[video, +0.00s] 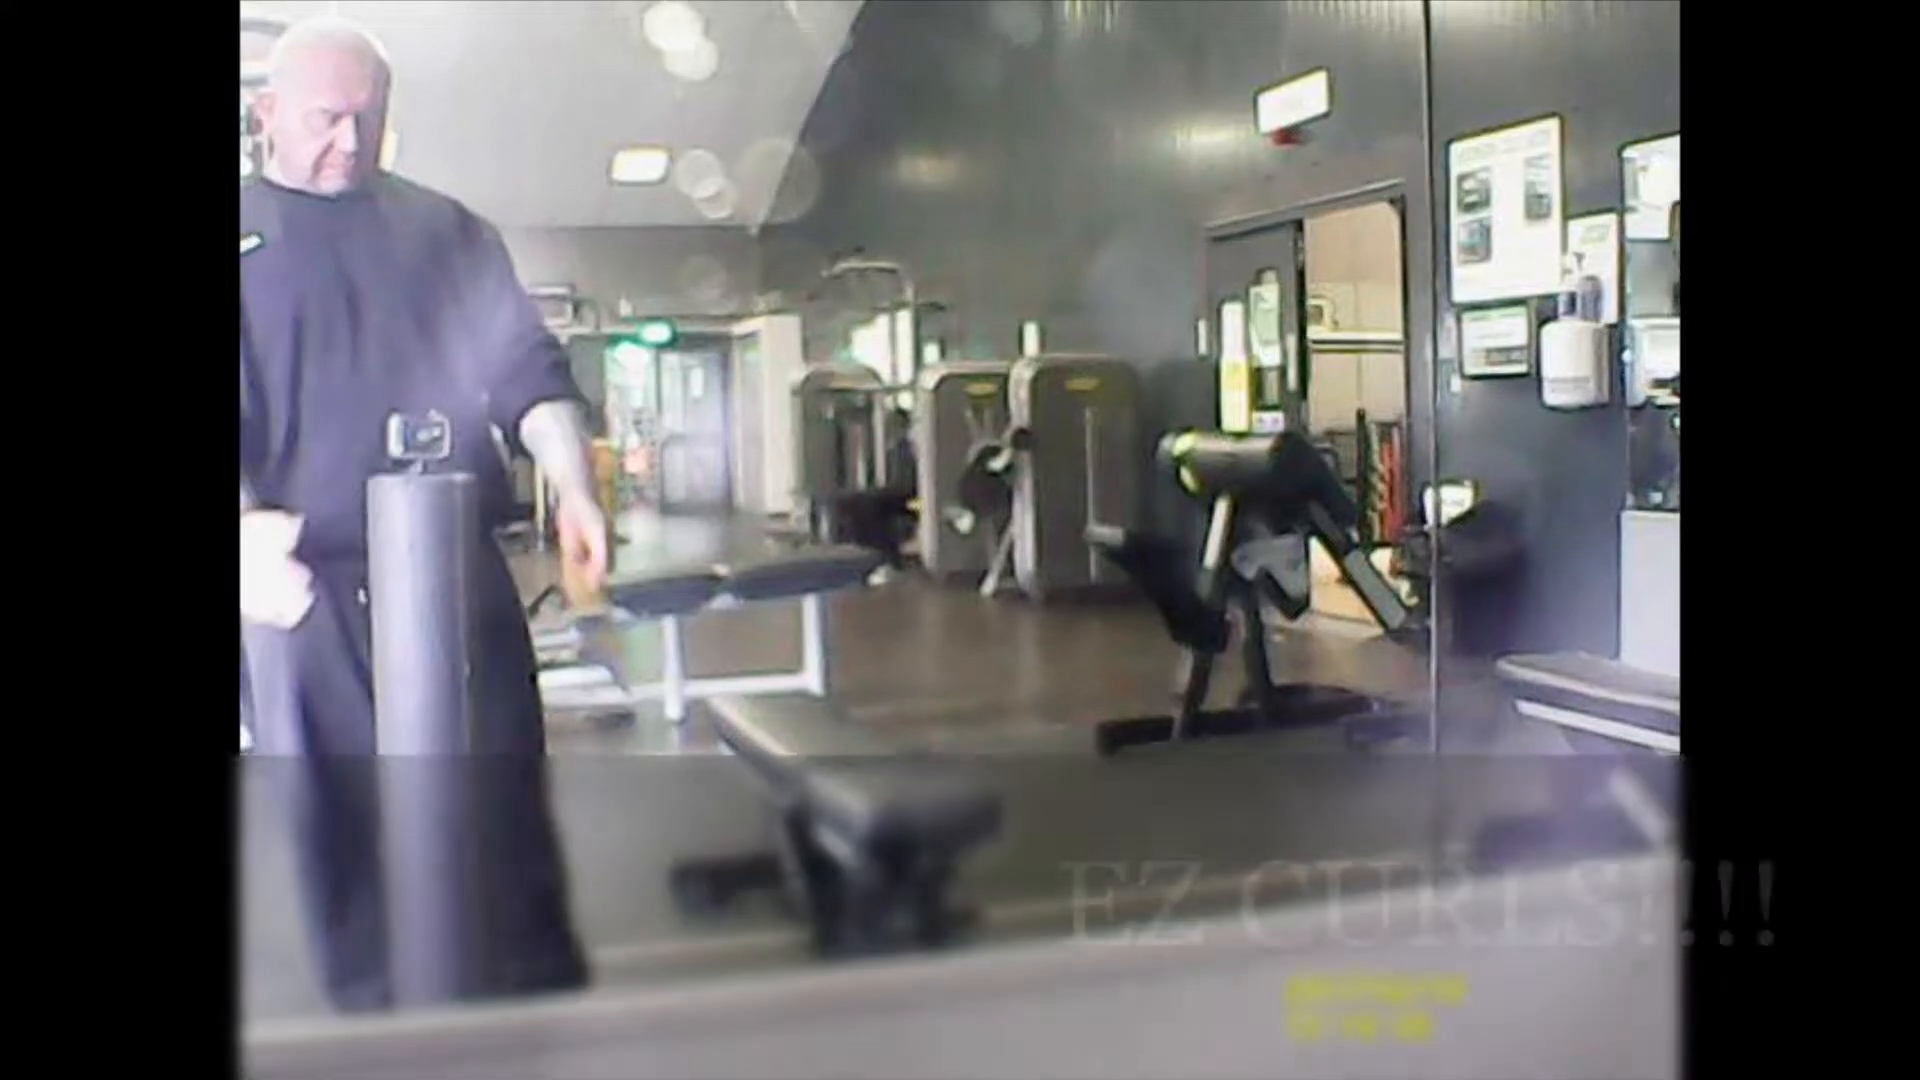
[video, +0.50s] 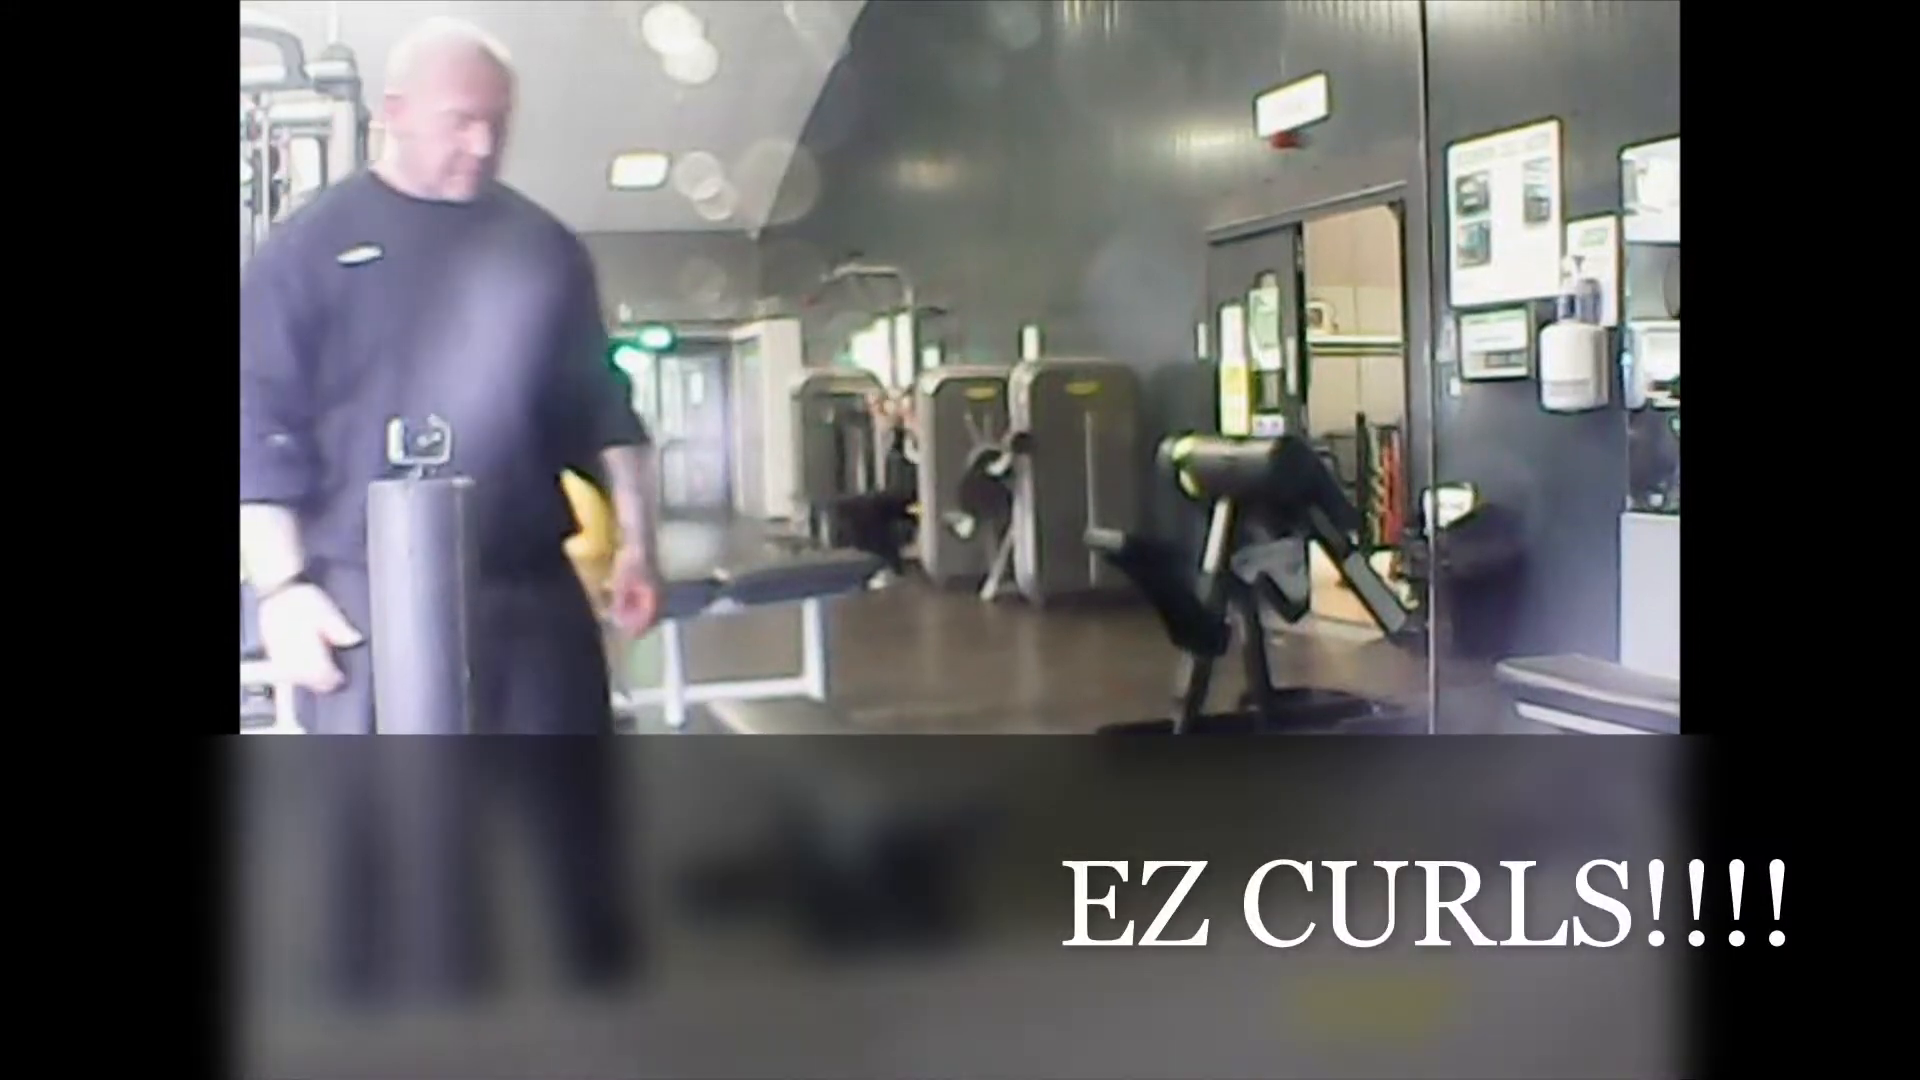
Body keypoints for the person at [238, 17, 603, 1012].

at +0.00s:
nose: (347, 141)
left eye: (365, 118)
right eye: (324, 118)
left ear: (387, 114)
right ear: (268, 115)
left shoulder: (448, 230)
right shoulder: (247, 237)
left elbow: (527, 369)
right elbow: (238, 418)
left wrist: (574, 484)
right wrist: (242, 527)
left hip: (458, 562)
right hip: (305, 572)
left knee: (502, 789)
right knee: (337, 806)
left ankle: (542, 1008)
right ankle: (367, 1015)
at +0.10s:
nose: (360, 140)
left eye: (377, 117)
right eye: (335, 117)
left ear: (395, 114)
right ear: (273, 113)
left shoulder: (454, 229)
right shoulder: (245, 235)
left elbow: (536, 378)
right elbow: (239, 435)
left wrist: (587, 522)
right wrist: (239, 585)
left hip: (464, 568)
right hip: (307, 579)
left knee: (509, 797)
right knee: (336, 814)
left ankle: (539, 1011)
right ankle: (362, 1017)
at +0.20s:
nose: (380, 142)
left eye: (396, 117)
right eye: (355, 118)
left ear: (416, 112)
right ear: (295, 115)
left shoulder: (470, 231)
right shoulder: (247, 235)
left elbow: (549, 383)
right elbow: (239, 434)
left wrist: (588, 526)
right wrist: (236, 598)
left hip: (477, 572)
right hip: (310, 582)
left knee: (525, 796)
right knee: (331, 818)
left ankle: (558, 999)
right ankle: (355, 1015)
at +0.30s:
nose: (414, 141)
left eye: (430, 118)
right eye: (389, 118)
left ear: (447, 117)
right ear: (330, 114)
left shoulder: (497, 239)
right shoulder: (260, 244)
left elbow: (564, 394)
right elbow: (238, 433)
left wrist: (604, 536)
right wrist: (242, 589)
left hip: (492, 574)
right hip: (324, 578)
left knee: (552, 792)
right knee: (339, 817)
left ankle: (589, 994)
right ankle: (357, 1017)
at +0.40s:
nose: (429, 140)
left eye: (444, 119)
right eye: (405, 118)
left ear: (460, 119)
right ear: (342, 113)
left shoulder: (508, 242)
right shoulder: (268, 247)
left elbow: (574, 400)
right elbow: (241, 438)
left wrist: (611, 537)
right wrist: (247, 589)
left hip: (501, 578)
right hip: (334, 582)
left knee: (564, 804)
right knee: (347, 824)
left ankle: (596, 1002)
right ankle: (363, 1024)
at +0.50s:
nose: (484, 144)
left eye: (497, 121)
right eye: (461, 120)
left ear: (511, 119)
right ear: (392, 112)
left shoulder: (544, 248)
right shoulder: (300, 255)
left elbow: (604, 406)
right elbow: (264, 437)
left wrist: (636, 540)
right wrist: (277, 589)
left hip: (527, 603)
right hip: (367, 612)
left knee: (583, 854)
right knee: (376, 863)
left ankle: (604, 1033)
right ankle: (378, 1046)